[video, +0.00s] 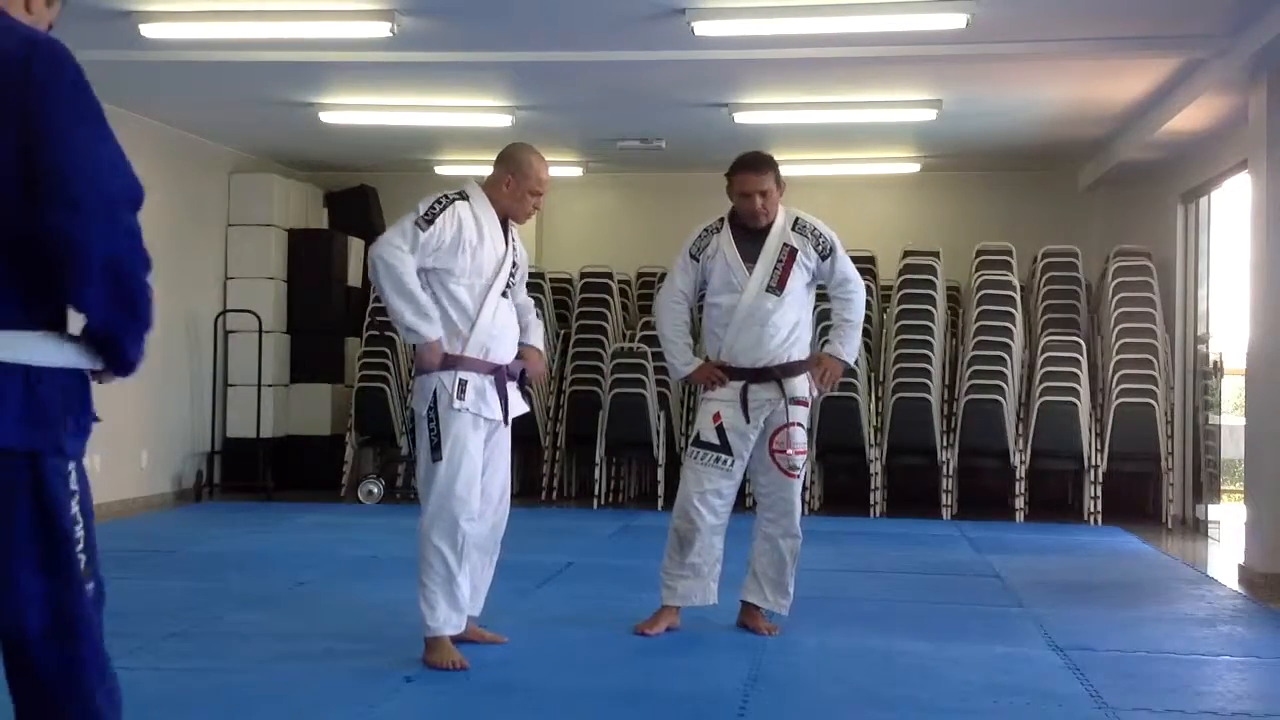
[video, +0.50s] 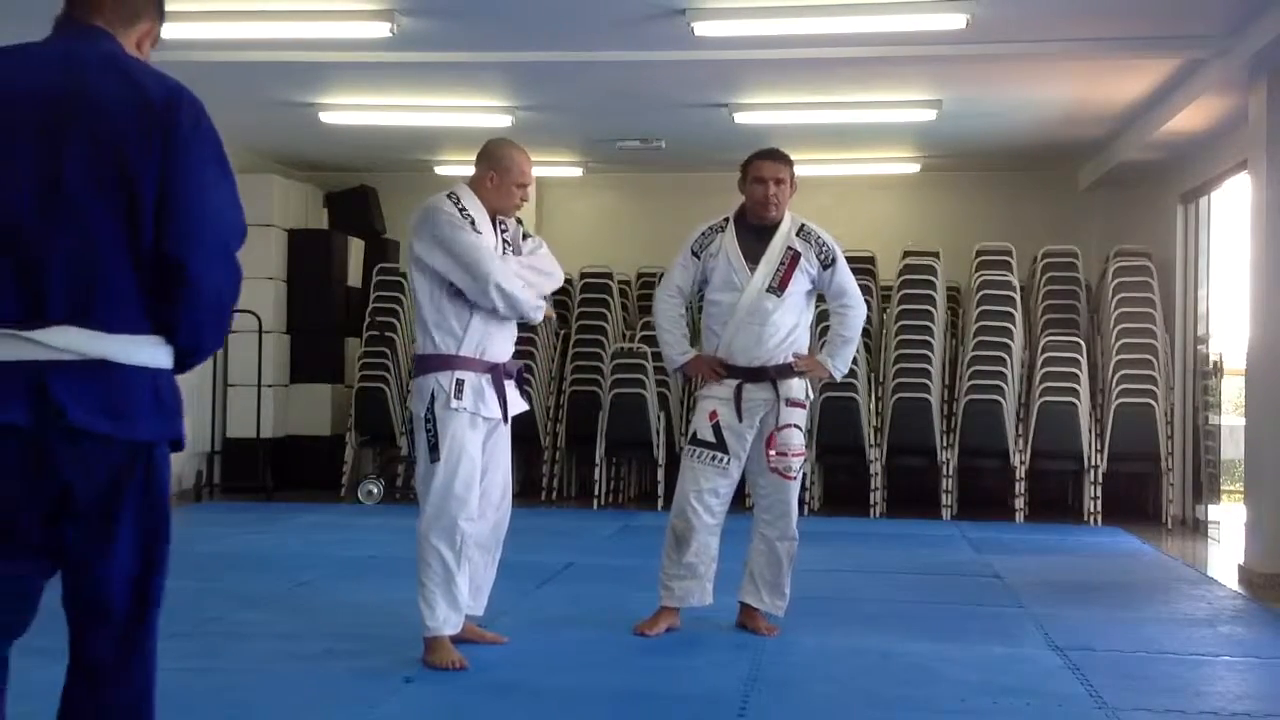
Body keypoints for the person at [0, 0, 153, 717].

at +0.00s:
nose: (53, 19)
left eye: (53, 12)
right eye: (54, 10)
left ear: (18, 6)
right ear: (32, 4)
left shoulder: (33, 65)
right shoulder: (32, 59)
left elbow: (98, 207)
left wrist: (106, 334)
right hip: (21, 382)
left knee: (51, 620)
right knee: (54, 627)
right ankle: (75, 708)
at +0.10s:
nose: (70, 28)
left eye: (70, 17)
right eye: (72, 16)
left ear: (29, 5)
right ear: (50, 6)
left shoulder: (51, 74)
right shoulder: (52, 72)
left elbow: (125, 221)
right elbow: (124, 224)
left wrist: (114, 338)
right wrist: (119, 342)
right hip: (29, 389)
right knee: (52, 628)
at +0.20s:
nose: (85, 48)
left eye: (91, 32)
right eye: (89, 28)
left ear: (39, 7)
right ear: (71, 10)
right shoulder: (71, 85)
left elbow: (135, 251)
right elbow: (134, 253)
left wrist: (102, 359)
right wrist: (114, 358)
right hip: (42, 403)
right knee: (67, 655)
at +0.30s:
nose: (113, 50)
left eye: (115, 36)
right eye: (117, 32)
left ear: (25, 9)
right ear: (99, 17)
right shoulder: (102, 92)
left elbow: (156, 255)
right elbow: (157, 255)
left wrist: (116, 355)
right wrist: (130, 354)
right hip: (62, 393)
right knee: (89, 650)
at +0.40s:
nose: (134, 50)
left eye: (137, 37)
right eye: (138, 34)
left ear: (45, 11)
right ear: (122, 20)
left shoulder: (2, 69)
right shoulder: (136, 98)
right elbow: (189, 259)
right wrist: (150, 351)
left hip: (4, 383)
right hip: (92, 390)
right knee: (102, 625)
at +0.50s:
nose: (150, 56)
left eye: (153, 44)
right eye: (154, 44)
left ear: (62, 17)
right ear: (142, 33)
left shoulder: (8, 72)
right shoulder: (163, 106)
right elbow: (208, 266)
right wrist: (169, 354)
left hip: (6, 394)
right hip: (113, 401)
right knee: (112, 641)